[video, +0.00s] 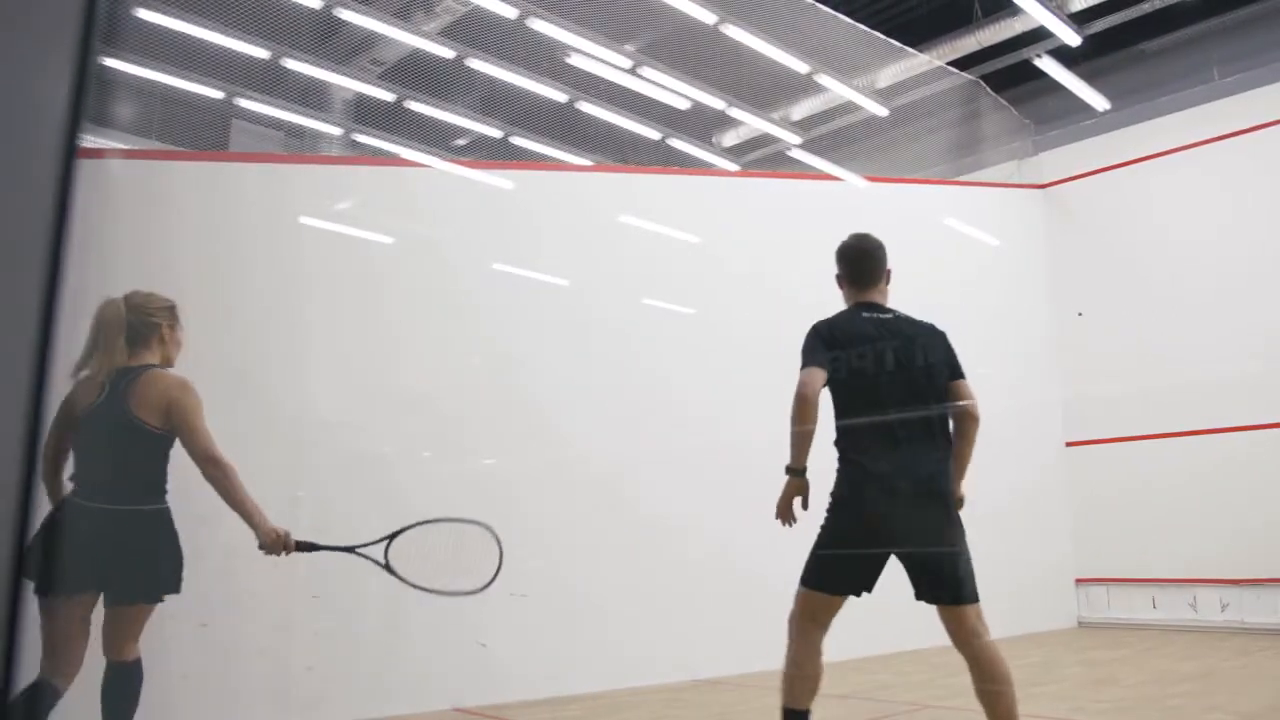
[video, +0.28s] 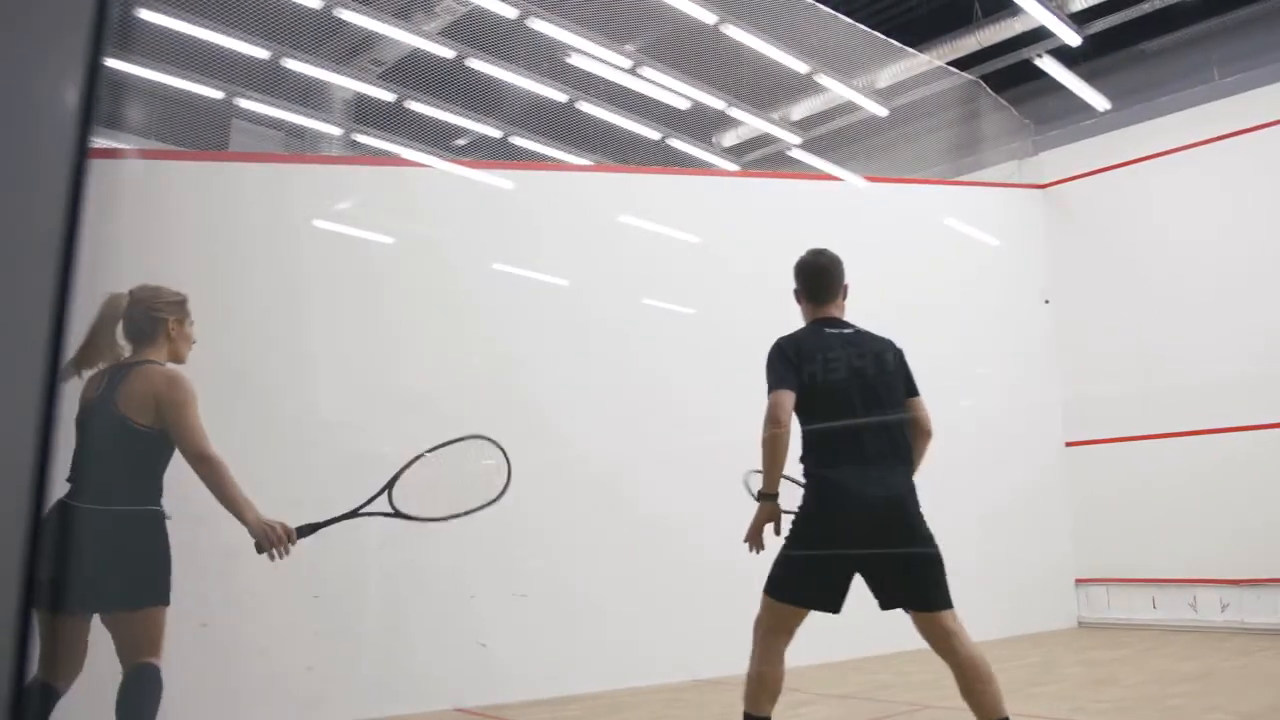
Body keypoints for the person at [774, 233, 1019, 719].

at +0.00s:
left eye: (839, 278)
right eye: (882, 274)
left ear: (838, 281)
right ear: (888, 278)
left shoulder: (827, 333)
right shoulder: (929, 335)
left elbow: (808, 392)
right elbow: (968, 412)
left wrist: (797, 470)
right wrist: (955, 480)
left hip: (861, 508)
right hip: (931, 507)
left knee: (807, 625)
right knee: (974, 637)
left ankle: (794, 717)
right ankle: (1006, 718)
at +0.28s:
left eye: (797, 293)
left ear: (798, 296)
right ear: (846, 293)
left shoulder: (790, 349)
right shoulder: (886, 349)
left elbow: (778, 421)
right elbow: (921, 428)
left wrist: (768, 498)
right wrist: (893, 484)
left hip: (828, 518)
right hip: (897, 516)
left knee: (771, 635)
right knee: (952, 639)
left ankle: (754, 718)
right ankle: (1000, 717)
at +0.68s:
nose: (751, 296)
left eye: (747, 290)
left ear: (748, 293)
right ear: (795, 290)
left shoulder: (747, 342)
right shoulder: (831, 346)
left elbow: (745, 420)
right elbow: (834, 431)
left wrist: (731, 492)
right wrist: (780, 483)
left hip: (795, 506)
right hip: (855, 502)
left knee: (751, 629)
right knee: (883, 621)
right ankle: (946, 716)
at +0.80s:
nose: (742, 299)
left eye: (741, 292)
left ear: (742, 293)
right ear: (788, 291)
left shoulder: (741, 339)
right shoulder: (819, 345)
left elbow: (743, 410)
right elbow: (826, 440)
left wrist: (724, 486)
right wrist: (762, 478)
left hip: (791, 501)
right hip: (848, 498)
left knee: (751, 629)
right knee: (865, 618)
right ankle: (929, 715)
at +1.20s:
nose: (737, 303)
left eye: (732, 297)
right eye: (778, 296)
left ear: (732, 298)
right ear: (778, 300)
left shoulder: (738, 335)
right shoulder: (794, 348)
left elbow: (740, 392)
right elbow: (773, 444)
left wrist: (699, 463)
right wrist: (699, 452)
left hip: (786, 499)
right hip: (837, 499)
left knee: (750, 630)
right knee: (829, 613)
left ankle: (755, 718)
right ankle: (861, 716)